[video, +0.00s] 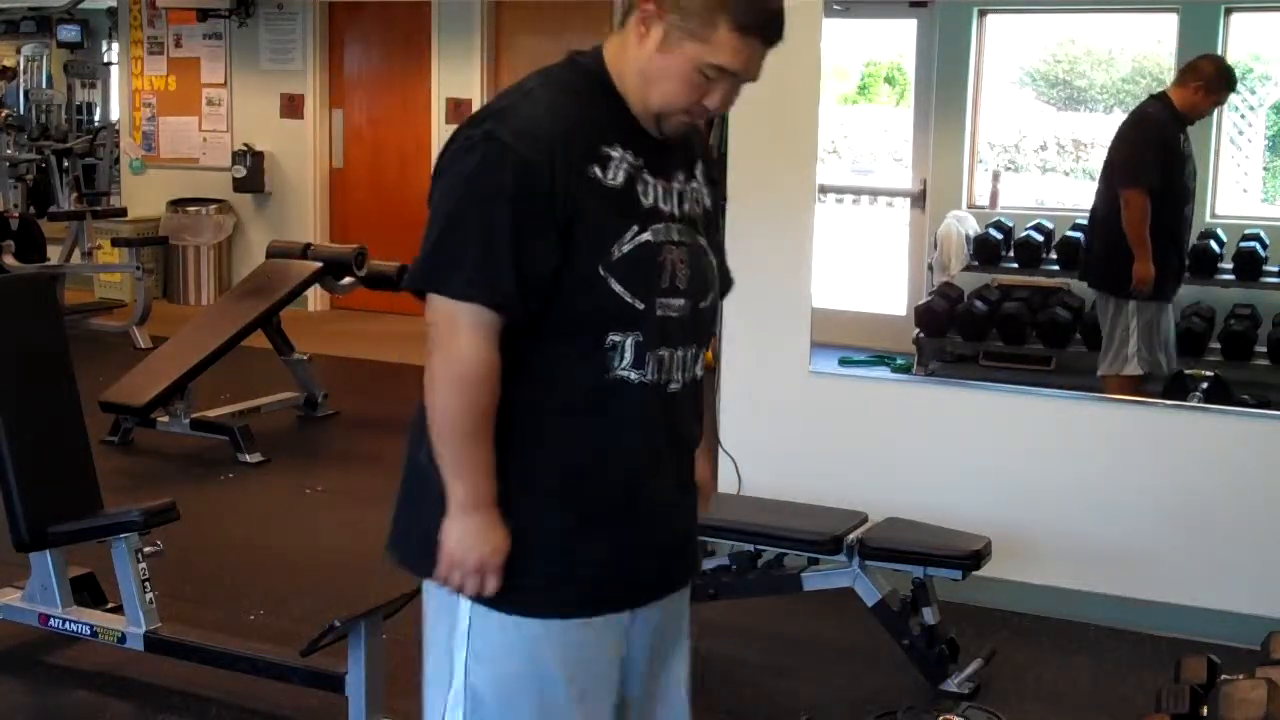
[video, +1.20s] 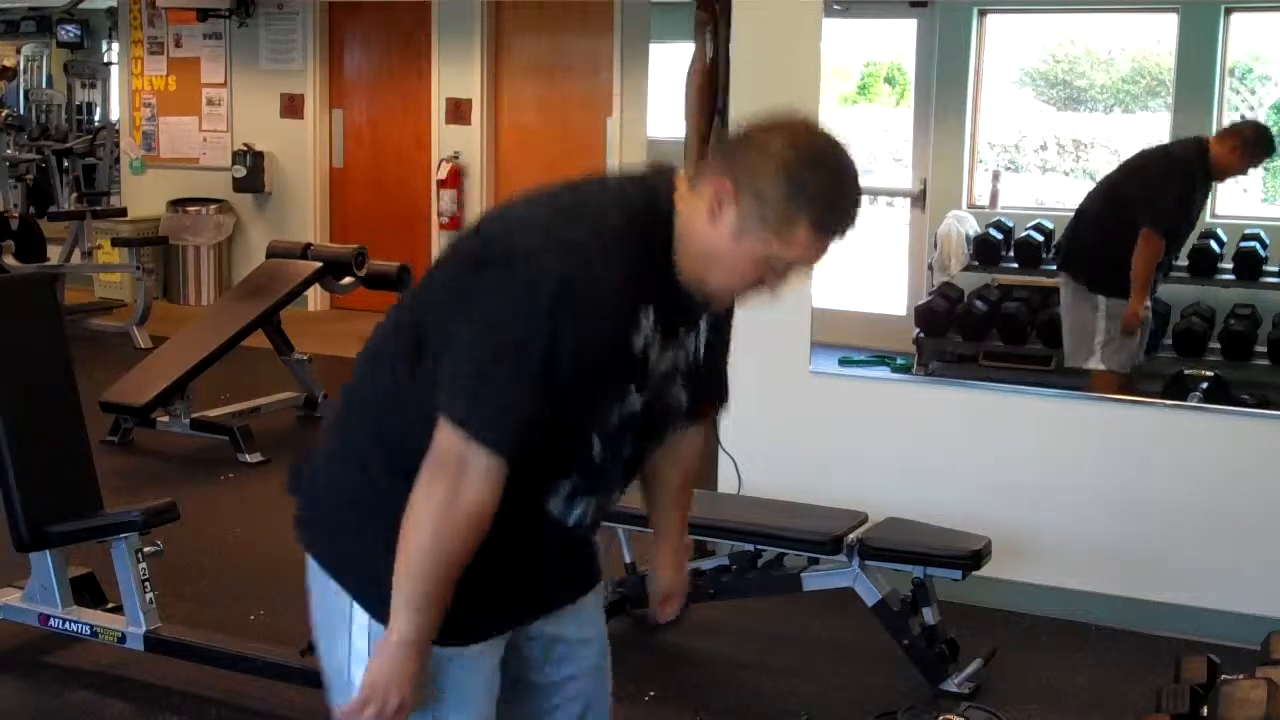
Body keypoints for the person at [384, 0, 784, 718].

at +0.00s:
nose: (719, 105)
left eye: (738, 84)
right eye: (710, 74)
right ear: (646, 21)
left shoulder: (692, 147)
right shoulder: (516, 140)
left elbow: (693, 317)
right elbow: (459, 323)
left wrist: (700, 441)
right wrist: (470, 505)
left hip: (652, 544)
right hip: (524, 558)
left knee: (648, 707)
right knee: (516, 709)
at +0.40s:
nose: (701, 102)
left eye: (718, 82)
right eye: (693, 73)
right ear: (628, 22)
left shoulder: (670, 150)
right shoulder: (491, 138)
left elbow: (663, 319)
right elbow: (432, 329)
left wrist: (681, 440)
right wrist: (437, 515)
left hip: (631, 552)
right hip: (501, 564)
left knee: (626, 711)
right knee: (485, 710)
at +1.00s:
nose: (747, 171)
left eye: (763, 155)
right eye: (745, 147)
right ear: (687, 90)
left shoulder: (693, 184)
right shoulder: (525, 172)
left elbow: (683, 344)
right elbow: (447, 367)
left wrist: (678, 479)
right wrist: (406, 548)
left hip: (576, 565)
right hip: (457, 576)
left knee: (556, 709)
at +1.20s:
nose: (772, 288)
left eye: (790, 274)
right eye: (771, 263)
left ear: (719, 203)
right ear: (718, 201)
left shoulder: (702, 271)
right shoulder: (550, 257)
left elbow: (683, 419)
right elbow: (460, 464)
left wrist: (669, 546)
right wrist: (404, 641)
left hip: (548, 545)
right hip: (412, 561)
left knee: (577, 708)